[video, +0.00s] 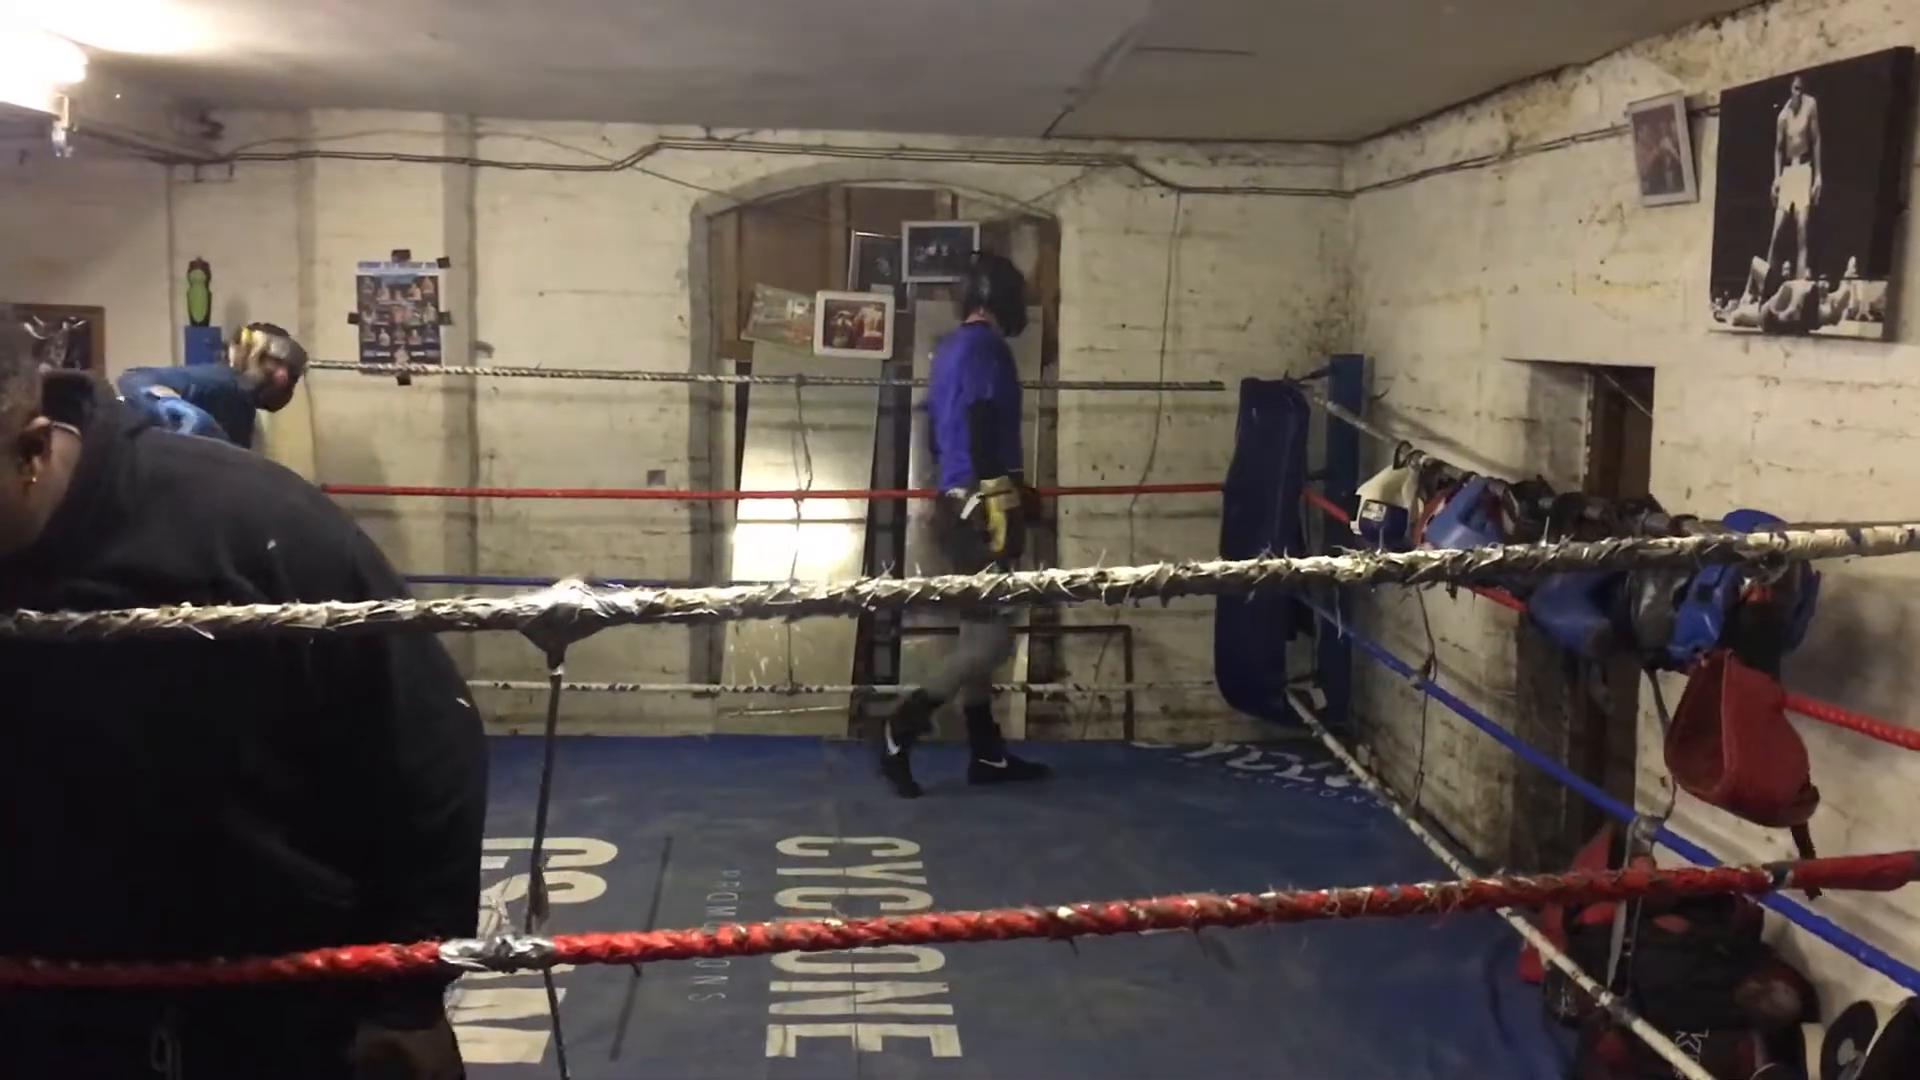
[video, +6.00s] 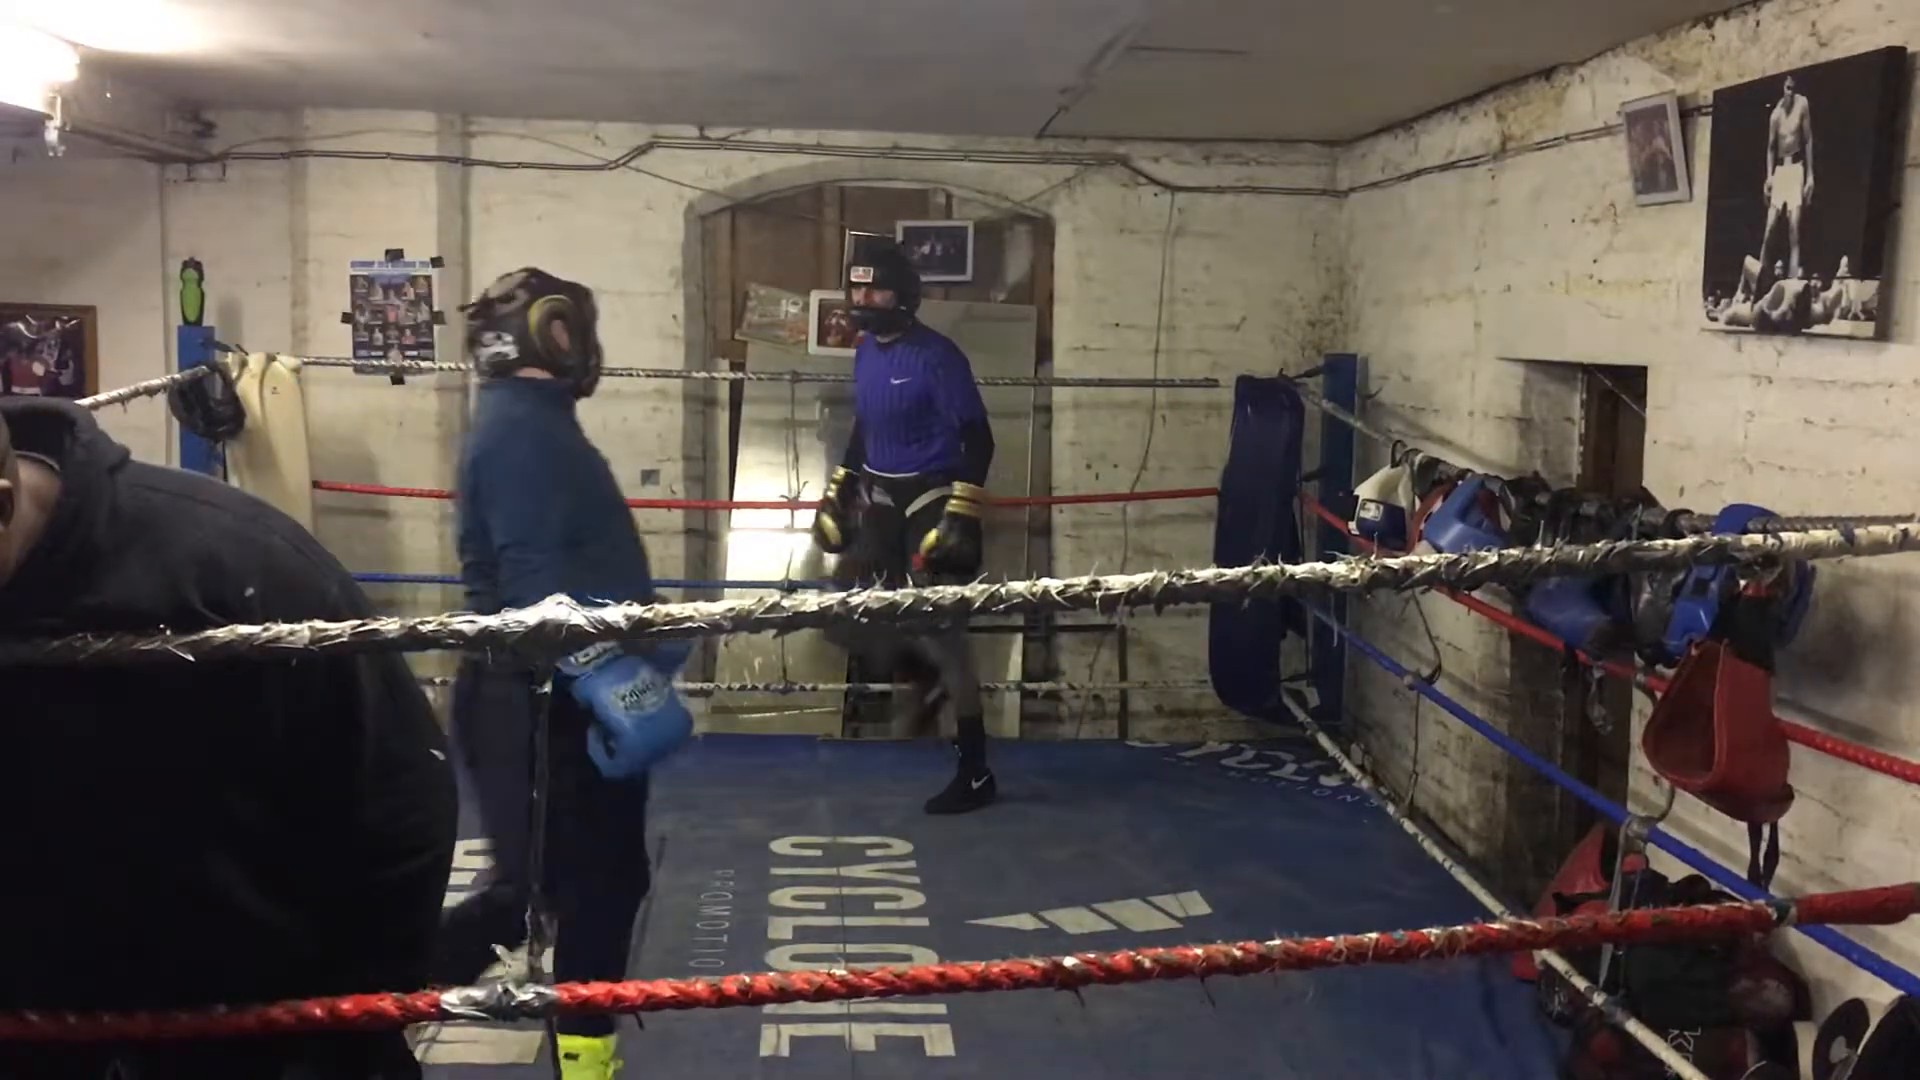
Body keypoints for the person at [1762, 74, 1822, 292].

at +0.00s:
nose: (1796, 94)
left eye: (1800, 90)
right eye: (1794, 89)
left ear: (1804, 91)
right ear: (1790, 90)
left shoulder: (1810, 106)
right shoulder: (1783, 115)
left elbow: (1816, 139)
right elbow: (1778, 147)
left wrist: (1818, 176)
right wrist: (1777, 177)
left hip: (1804, 164)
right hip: (1787, 165)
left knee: (1802, 220)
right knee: (1779, 221)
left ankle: (1802, 268)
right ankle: (1770, 269)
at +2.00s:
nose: (1789, 94)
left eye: (1792, 90)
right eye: (1787, 89)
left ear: (1796, 90)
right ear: (1782, 89)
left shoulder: (1802, 104)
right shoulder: (1775, 114)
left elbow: (1808, 138)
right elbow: (1770, 146)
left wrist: (1810, 175)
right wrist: (1769, 175)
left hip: (1797, 165)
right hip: (1779, 166)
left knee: (1794, 219)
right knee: (1771, 218)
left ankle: (1794, 266)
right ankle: (1762, 264)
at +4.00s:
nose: (1788, 92)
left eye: (1792, 89)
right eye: (1787, 88)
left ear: (1796, 90)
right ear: (1782, 88)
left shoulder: (1802, 104)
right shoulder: (1775, 113)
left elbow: (1808, 139)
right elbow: (1771, 146)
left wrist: (1810, 175)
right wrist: (1769, 175)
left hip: (1797, 164)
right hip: (1779, 165)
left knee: (1794, 220)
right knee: (1771, 221)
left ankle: (1793, 270)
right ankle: (1761, 268)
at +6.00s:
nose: (1788, 92)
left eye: (1791, 89)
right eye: (1787, 88)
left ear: (1796, 90)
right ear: (1783, 89)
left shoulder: (1801, 105)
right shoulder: (1775, 114)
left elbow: (1808, 139)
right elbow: (1770, 146)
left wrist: (1810, 175)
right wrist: (1769, 175)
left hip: (1797, 164)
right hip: (1779, 165)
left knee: (1794, 221)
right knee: (1771, 221)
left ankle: (1794, 269)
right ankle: (1762, 268)